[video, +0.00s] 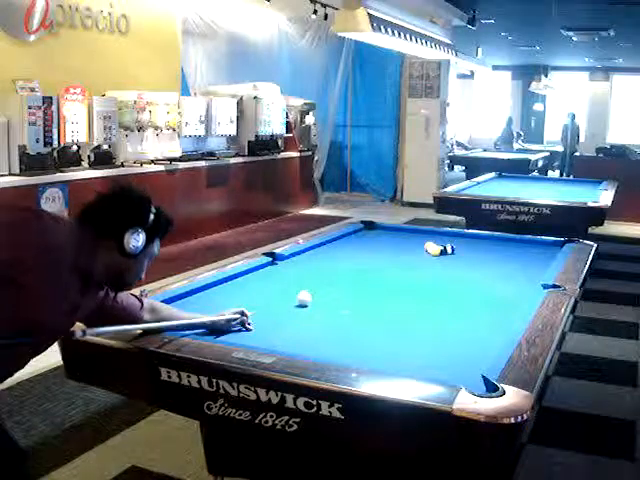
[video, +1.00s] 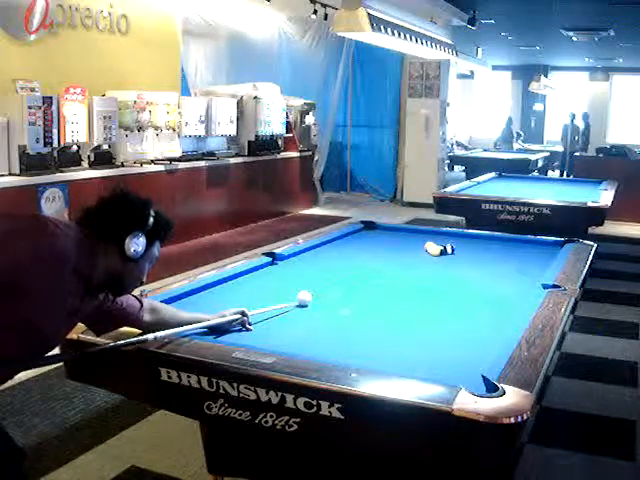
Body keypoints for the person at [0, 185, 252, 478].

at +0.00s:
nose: (145, 272)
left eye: (151, 261)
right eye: (149, 259)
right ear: (130, 243)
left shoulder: (84, 287)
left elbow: (146, 311)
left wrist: (212, 324)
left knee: (19, 456)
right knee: (16, 456)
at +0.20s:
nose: (147, 273)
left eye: (152, 264)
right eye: (151, 261)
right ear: (131, 244)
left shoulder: (84, 288)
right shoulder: (43, 243)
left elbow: (147, 313)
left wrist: (215, 322)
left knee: (17, 457)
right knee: (14, 457)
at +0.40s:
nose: (147, 273)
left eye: (153, 264)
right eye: (151, 260)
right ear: (132, 245)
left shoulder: (82, 287)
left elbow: (147, 314)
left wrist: (215, 322)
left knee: (16, 457)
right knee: (14, 458)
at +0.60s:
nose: (147, 273)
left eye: (153, 264)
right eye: (151, 261)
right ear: (132, 245)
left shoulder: (81, 287)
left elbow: (147, 313)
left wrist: (215, 322)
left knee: (16, 458)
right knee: (14, 458)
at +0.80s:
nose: (148, 274)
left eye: (153, 264)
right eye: (151, 261)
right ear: (132, 246)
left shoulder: (86, 286)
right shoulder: (47, 246)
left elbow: (146, 313)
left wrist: (215, 321)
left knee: (14, 458)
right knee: (11, 459)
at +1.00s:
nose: (148, 274)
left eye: (154, 264)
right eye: (152, 261)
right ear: (132, 246)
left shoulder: (85, 283)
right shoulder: (48, 248)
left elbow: (146, 314)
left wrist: (215, 321)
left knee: (14, 457)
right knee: (12, 459)